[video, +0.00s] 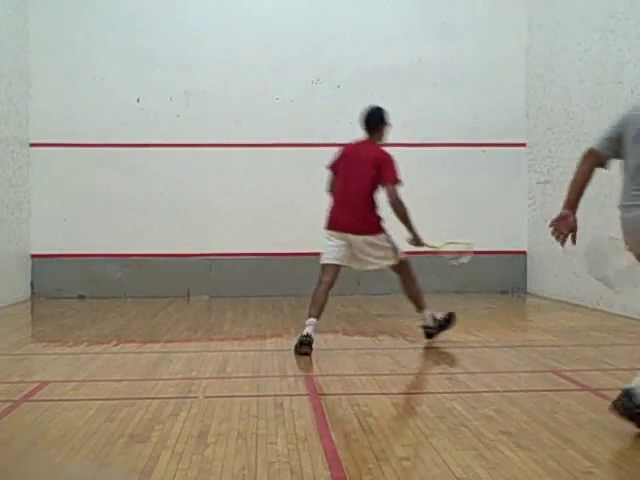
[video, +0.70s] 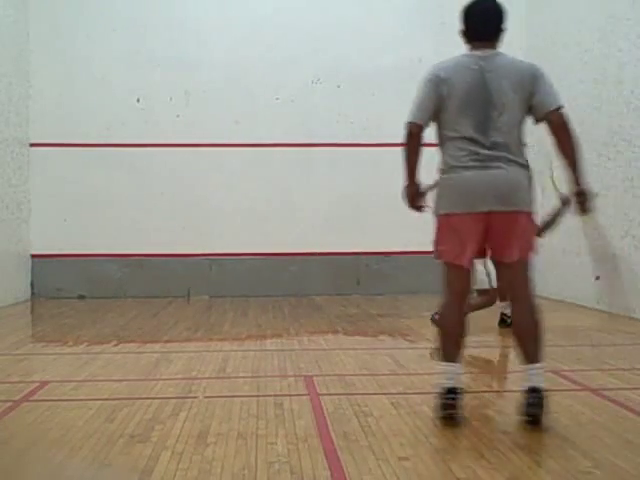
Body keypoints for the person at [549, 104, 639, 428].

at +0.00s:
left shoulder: (631, 119)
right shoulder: (631, 119)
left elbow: (591, 157)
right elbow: (591, 157)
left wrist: (568, 209)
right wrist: (569, 209)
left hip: (633, 225)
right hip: (635, 225)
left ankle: (635, 391)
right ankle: (634, 391)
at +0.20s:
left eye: (607, 50)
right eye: (629, 51)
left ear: (603, 54)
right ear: (637, 54)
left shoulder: (582, 100)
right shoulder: (637, 90)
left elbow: (557, 158)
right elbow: (557, 157)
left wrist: (551, 216)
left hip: (598, 217)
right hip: (636, 212)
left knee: (630, 300)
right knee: (636, 305)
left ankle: (629, 393)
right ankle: (624, 400)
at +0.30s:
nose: (582, 50)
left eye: (575, 44)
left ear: (573, 48)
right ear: (612, 47)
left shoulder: (555, 97)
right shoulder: (632, 84)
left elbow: (535, 159)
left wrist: (532, 216)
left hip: (575, 211)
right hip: (630, 208)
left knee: (579, 297)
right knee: (631, 307)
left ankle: (572, 386)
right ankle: (621, 406)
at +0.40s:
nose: (556, 51)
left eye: (548, 46)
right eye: (573, 42)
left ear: (545, 50)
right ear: (585, 47)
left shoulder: (528, 98)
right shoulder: (612, 86)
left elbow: (505, 162)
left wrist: (501, 220)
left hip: (547, 217)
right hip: (608, 213)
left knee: (527, 300)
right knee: (621, 310)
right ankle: (620, 408)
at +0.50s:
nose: (530, 52)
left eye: (524, 45)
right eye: (546, 44)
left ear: (516, 51)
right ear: (555, 49)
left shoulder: (496, 98)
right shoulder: (578, 91)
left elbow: (471, 162)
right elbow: (624, 133)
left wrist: (467, 212)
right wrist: (639, 157)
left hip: (511, 218)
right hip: (569, 216)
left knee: (492, 304)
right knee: (598, 307)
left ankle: (470, 397)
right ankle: (618, 406)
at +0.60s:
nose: (498, 44)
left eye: (491, 38)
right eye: (513, 36)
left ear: (488, 42)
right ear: (526, 41)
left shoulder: (466, 87)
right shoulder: (548, 84)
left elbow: (435, 143)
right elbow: (588, 131)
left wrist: (436, 196)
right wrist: (624, 183)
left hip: (478, 208)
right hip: (534, 208)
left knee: (478, 296)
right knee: (559, 299)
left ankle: (468, 394)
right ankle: (584, 390)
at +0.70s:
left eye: (469, 26)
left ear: (464, 32)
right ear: (501, 32)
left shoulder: (442, 74)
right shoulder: (526, 73)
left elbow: (413, 131)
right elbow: (560, 127)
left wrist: (411, 182)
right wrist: (578, 183)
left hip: (458, 195)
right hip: (513, 196)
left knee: (455, 295)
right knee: (520, 294)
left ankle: (451, 388)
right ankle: (535, 387)